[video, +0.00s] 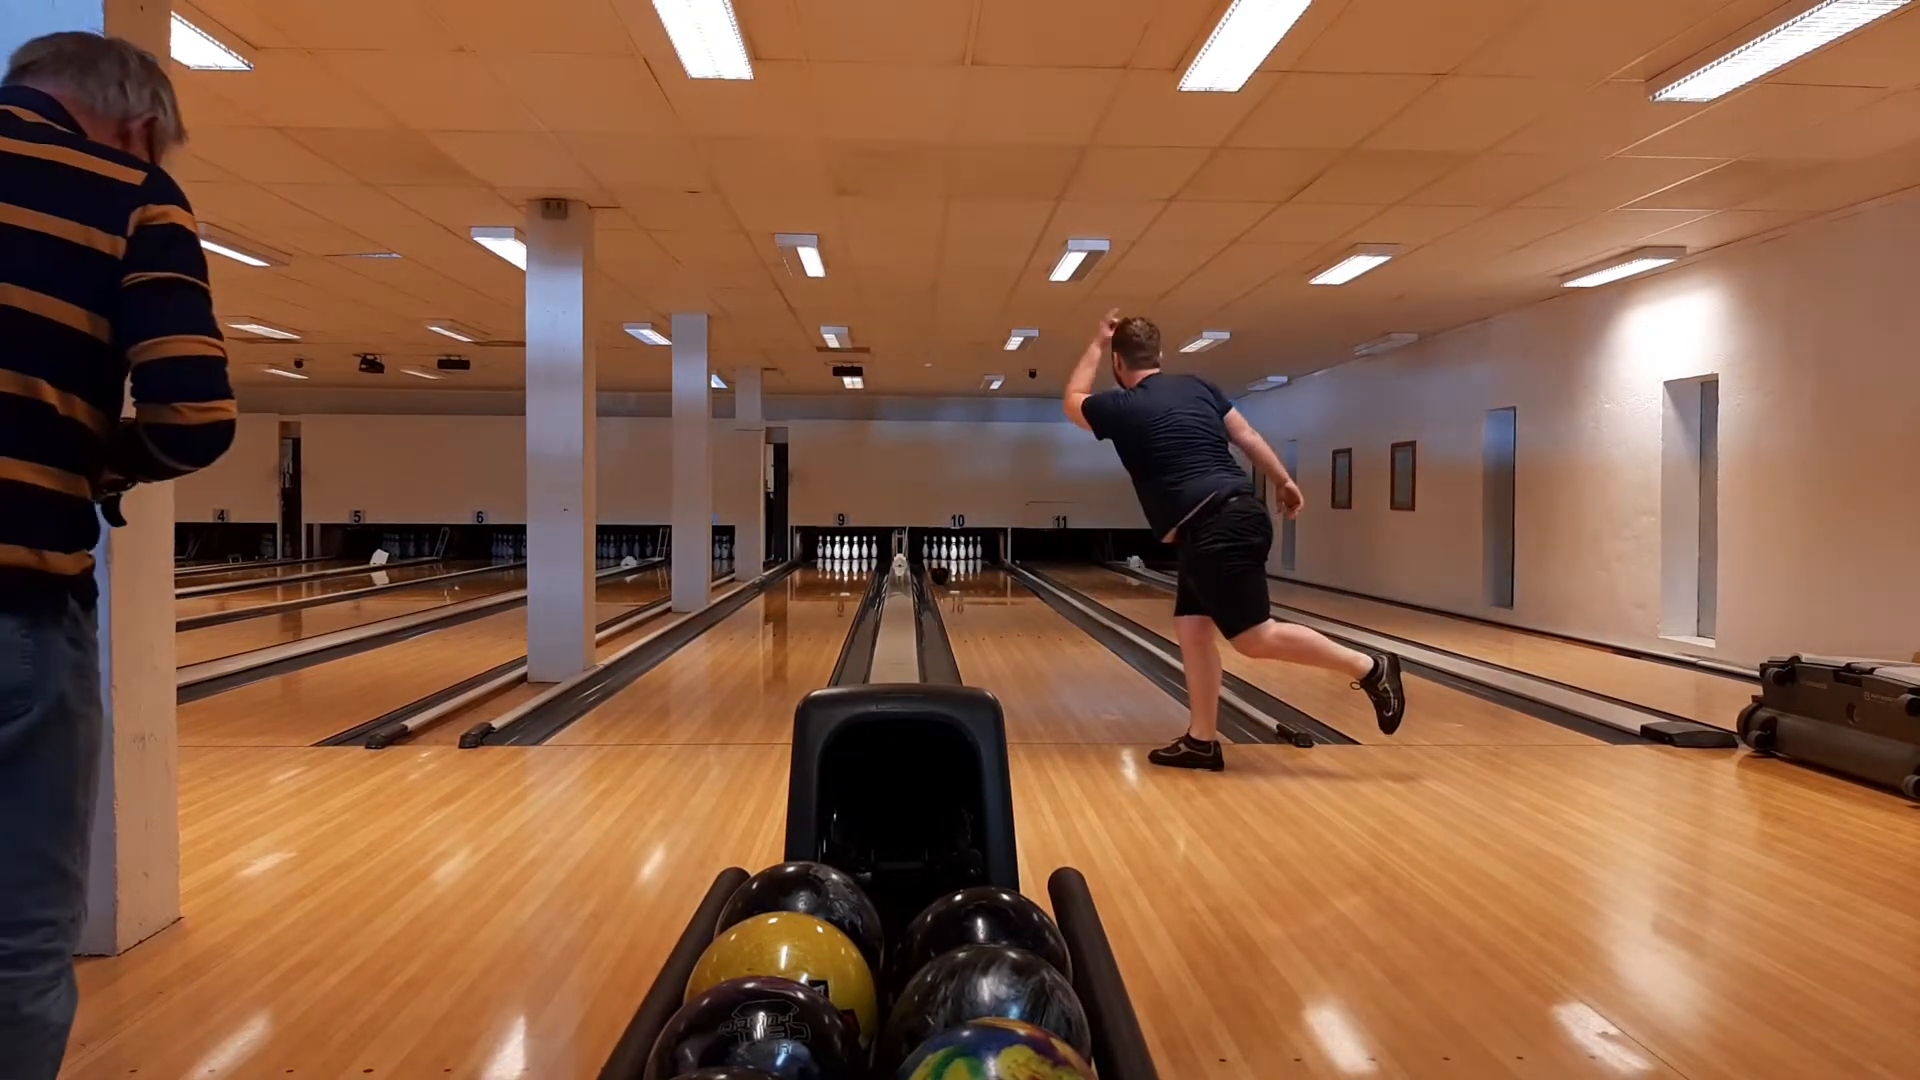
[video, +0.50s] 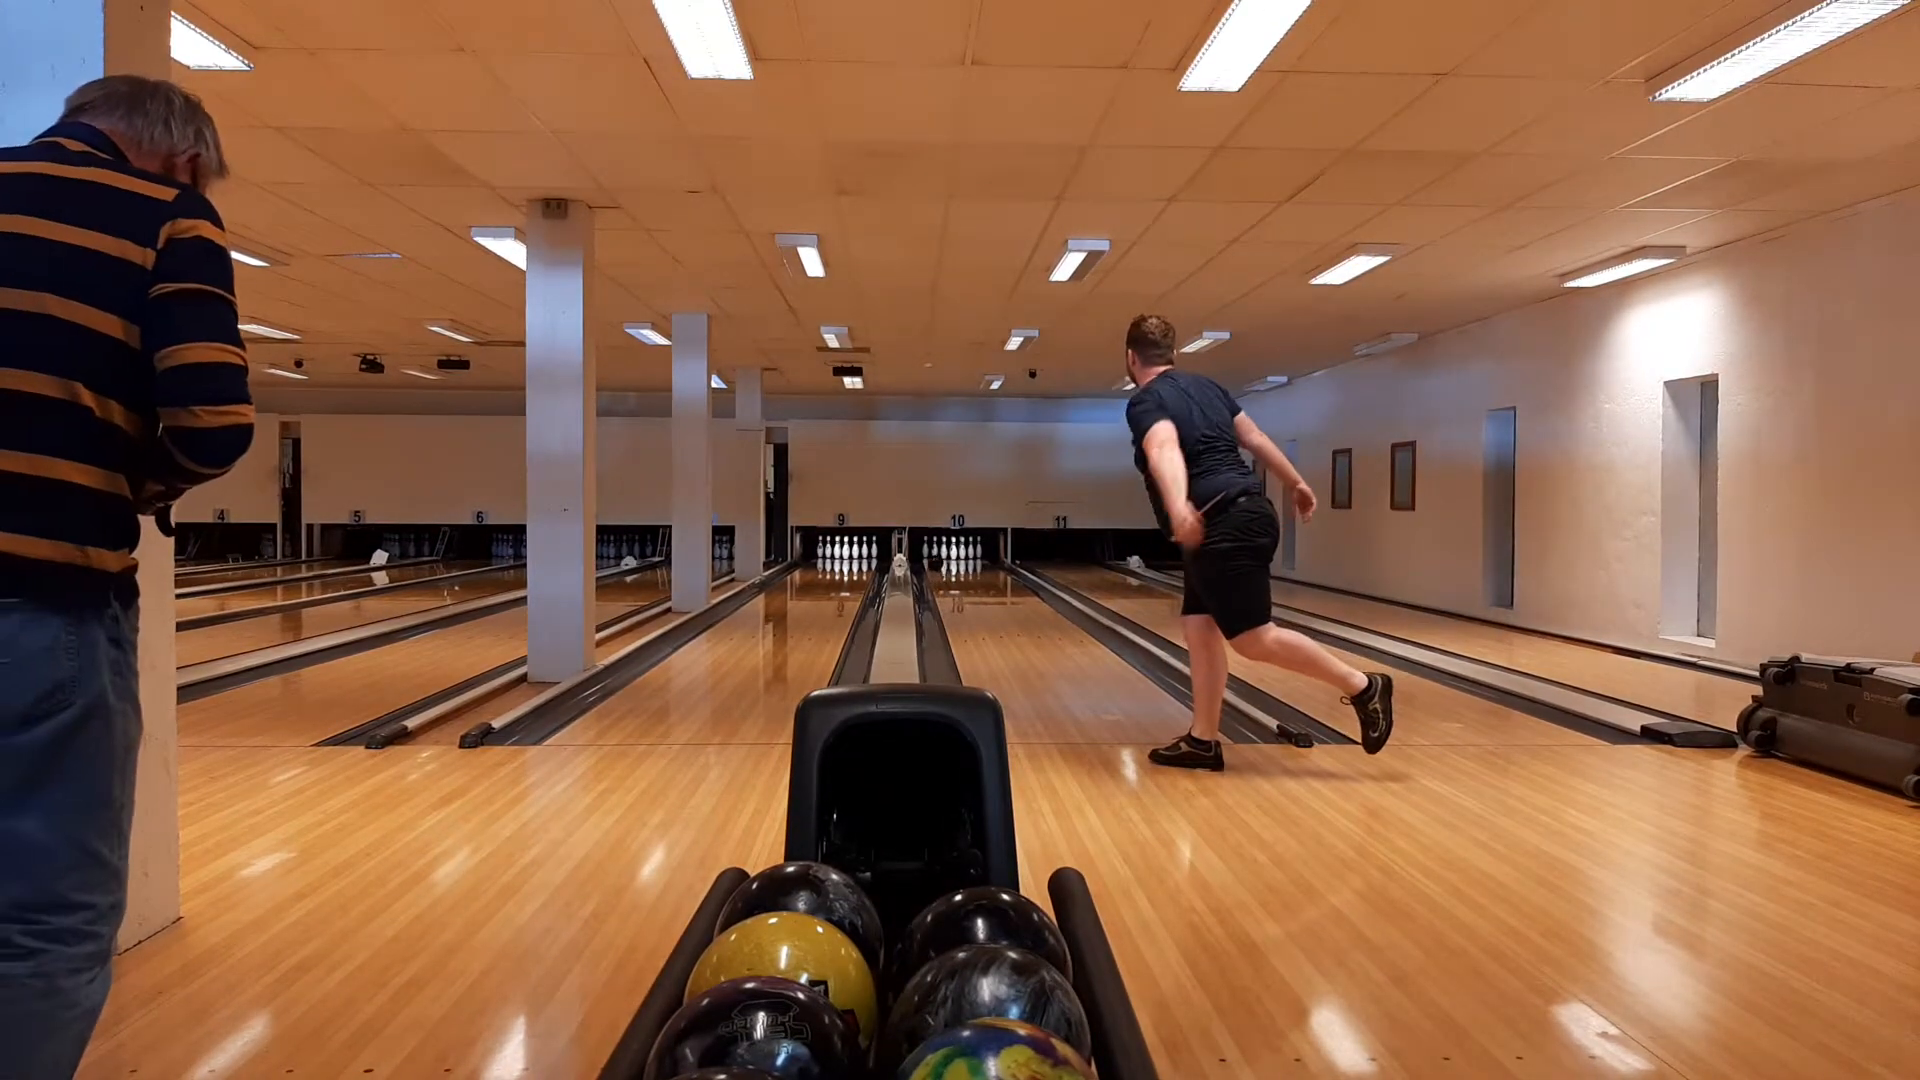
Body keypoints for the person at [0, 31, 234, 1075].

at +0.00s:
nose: (157, 164)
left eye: (161, 148)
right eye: (162, 146)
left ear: (30, 91)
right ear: (129, 119)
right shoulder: (132, 190)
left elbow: (193, 422)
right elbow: (195, 420)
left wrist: (100, 447)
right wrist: (104, 455)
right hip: (22, 591)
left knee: (27, 926)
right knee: (25, 931)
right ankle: (21, 1065)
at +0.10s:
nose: (172, 175)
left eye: (180, 161)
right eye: (178, 158)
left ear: (44, 98)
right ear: (146, 131)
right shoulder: (143, 196)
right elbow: (203, 424)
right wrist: (117, 462)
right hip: (27, 597)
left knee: (28, 931)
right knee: (28, 938)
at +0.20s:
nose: (176, 180)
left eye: (186, 166)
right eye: (183, 163)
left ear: (59, 106)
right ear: (151, 136)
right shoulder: (148, 201)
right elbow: (206, 427)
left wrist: (126, 461)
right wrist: (129, 468)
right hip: (34, 603)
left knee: (34, 926)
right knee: (37, 933)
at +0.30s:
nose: (182, 188)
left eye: (193, 177)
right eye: (189, 173)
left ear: (64, 114)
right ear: (160, 144)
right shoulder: (153, 202)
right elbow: (206, 424)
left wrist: (135, 465)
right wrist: (136, 473)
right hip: (39, 604)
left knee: (35, 927)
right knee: (41, 934)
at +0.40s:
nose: (189, 192)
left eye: (199, 182)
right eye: (195, 179)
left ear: (73, 121)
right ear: (169, 150)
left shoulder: (1, 170)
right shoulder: (160, 204)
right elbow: (210, 425)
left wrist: (135, 463)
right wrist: (141, 473)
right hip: (44, 606)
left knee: (36, 927)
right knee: (46, 938)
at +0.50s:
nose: (200, 199)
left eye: (208, 188)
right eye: (202, 186)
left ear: (78, 128)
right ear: (176, 159)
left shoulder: (1, 174)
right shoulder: (169, 209)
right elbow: (215, 422)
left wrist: (145, 470)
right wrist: (145, 481)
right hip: (47, 605)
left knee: (38, 922)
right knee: (49, 932)